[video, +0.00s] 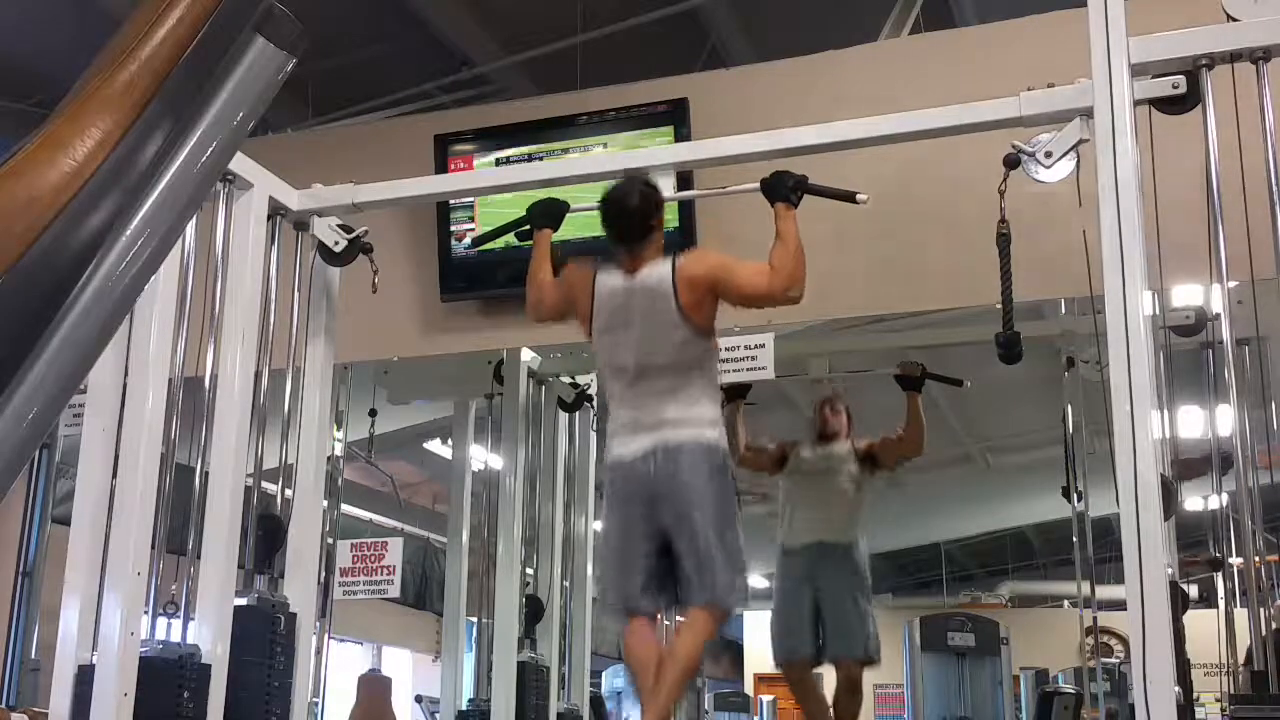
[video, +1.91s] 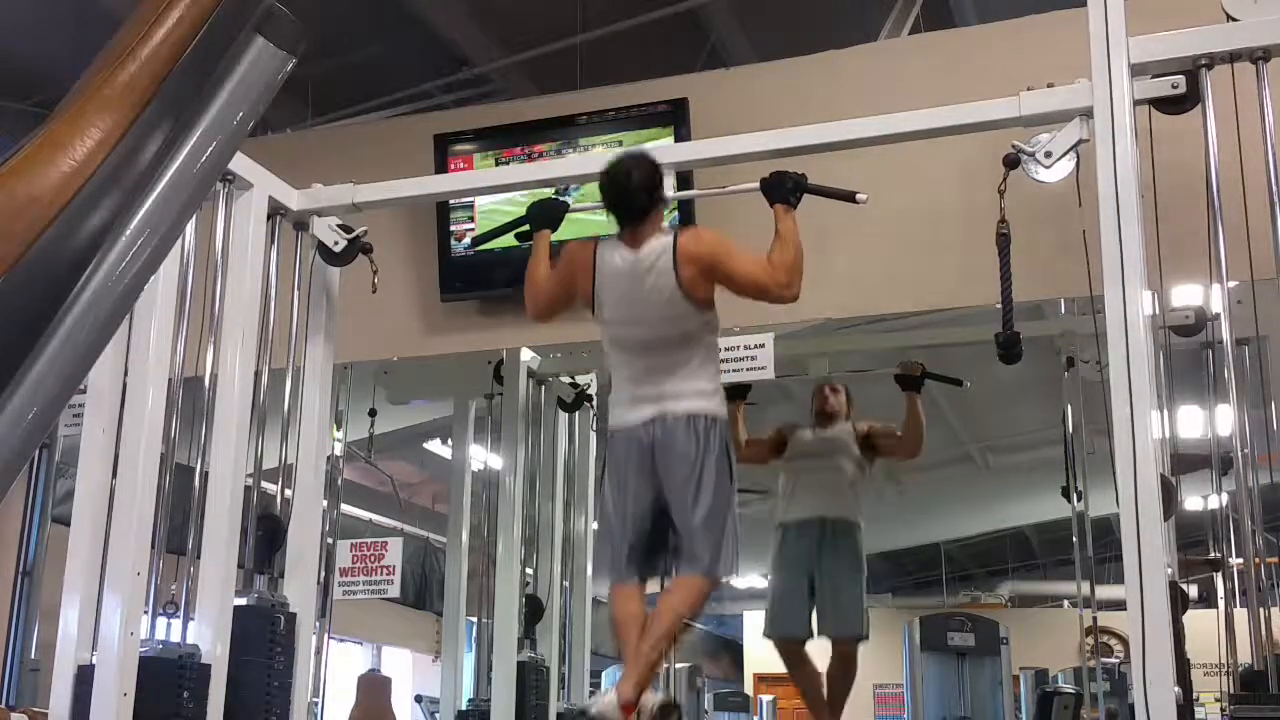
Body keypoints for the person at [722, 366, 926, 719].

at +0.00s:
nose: (828, 414)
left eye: (835, 409)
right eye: (822, 410)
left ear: (848, 421)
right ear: (814, 420)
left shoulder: (860, 452)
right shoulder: (792, 453)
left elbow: (912, 446)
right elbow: (742, 455)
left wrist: (912, 393)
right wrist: (734, 404)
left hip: (842, 561)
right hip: (794, 563)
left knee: (850, 668)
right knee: (794, 666)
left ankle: (845, 716)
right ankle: (824, 716)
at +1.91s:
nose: (826, 394)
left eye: (834, 391)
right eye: (820, 393)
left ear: (847, 405)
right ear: (812, 406)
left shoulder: (860, 432)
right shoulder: (792, 435)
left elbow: (909, 446)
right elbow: (741, 450)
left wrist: (912, 393)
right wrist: (736, 406)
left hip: (842, 533)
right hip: (793, 534)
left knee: (845, 637)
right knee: (785, 636)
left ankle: (832, 715)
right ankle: (822, 714)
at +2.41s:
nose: (829, 428)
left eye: (837, 426)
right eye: (823, 426)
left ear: (848, 439)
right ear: (813, 440)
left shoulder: (861, 467)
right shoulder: (789, 468)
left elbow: (910, 448)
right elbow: (738, 454)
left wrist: (912, 394)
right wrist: (737, 403)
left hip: (843, 577)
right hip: (791, 578)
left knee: (853, 682)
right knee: (790, 685)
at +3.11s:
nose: (822, 384)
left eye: (831, 378)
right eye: (816, 380)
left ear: (846, 390)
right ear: (809, 391)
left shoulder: (863, 421)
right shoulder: (789, 423)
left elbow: (909, 446)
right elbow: (741, 453)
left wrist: (912, 393)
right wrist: (737, 404)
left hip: (843, 523)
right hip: (794, 524)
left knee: (846, 628)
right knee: (789, 627)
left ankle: (832, 714)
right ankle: (825, 712)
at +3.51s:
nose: (826, 419)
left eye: (835, 415)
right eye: (820, 416)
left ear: (849, 429)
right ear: (813, 428)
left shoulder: (860, 457)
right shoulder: (791, 458)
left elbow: (910, 448)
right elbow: (741, 455)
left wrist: (912, 394)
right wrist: (735, 404)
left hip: (845, 568)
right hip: (795, 569)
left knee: (857, 673)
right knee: (797, 677)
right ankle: (827, 715)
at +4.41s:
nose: (821, 379)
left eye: (829, 374)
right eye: (815, 374)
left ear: (844, 382)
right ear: (806, 380)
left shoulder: (861, 409)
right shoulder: (786, 410)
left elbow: (907, 444)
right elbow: (747, 451)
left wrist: (912, 393)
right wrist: (736, 404)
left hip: (844, 511)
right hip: (795, 511)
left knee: (848, 616)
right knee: (794, 615)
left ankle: (837, 709)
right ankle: (837, 706)